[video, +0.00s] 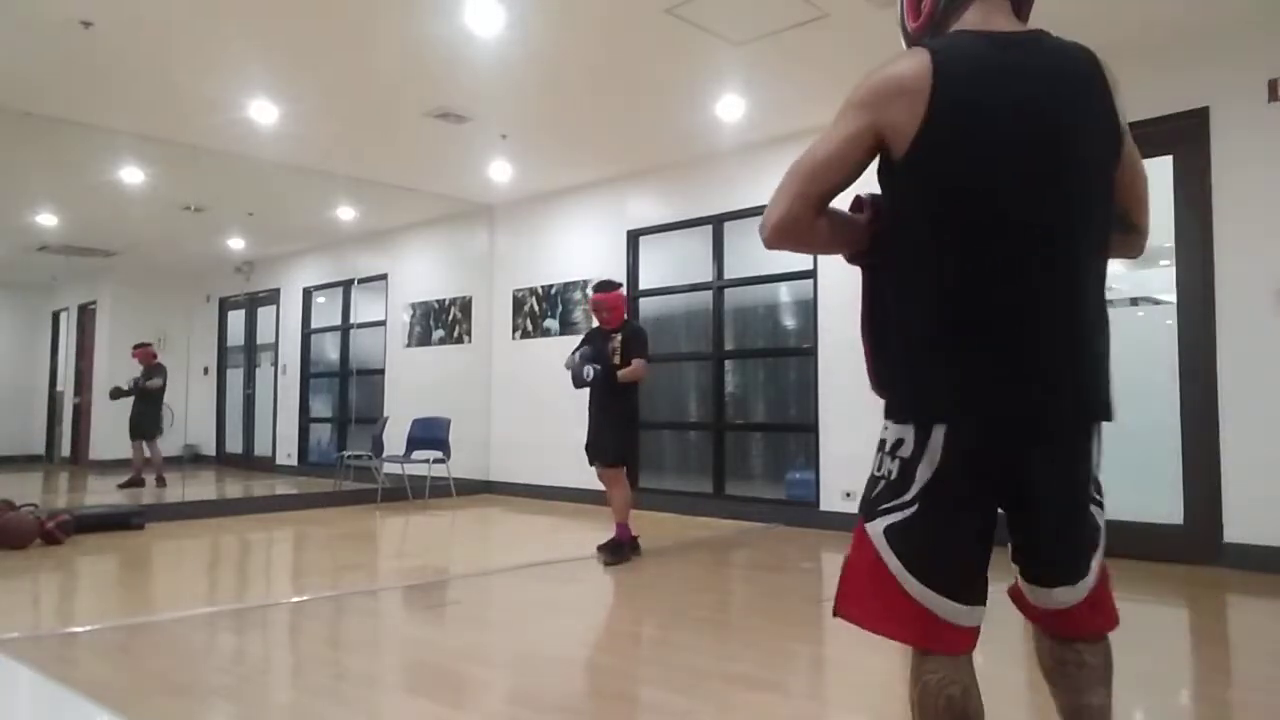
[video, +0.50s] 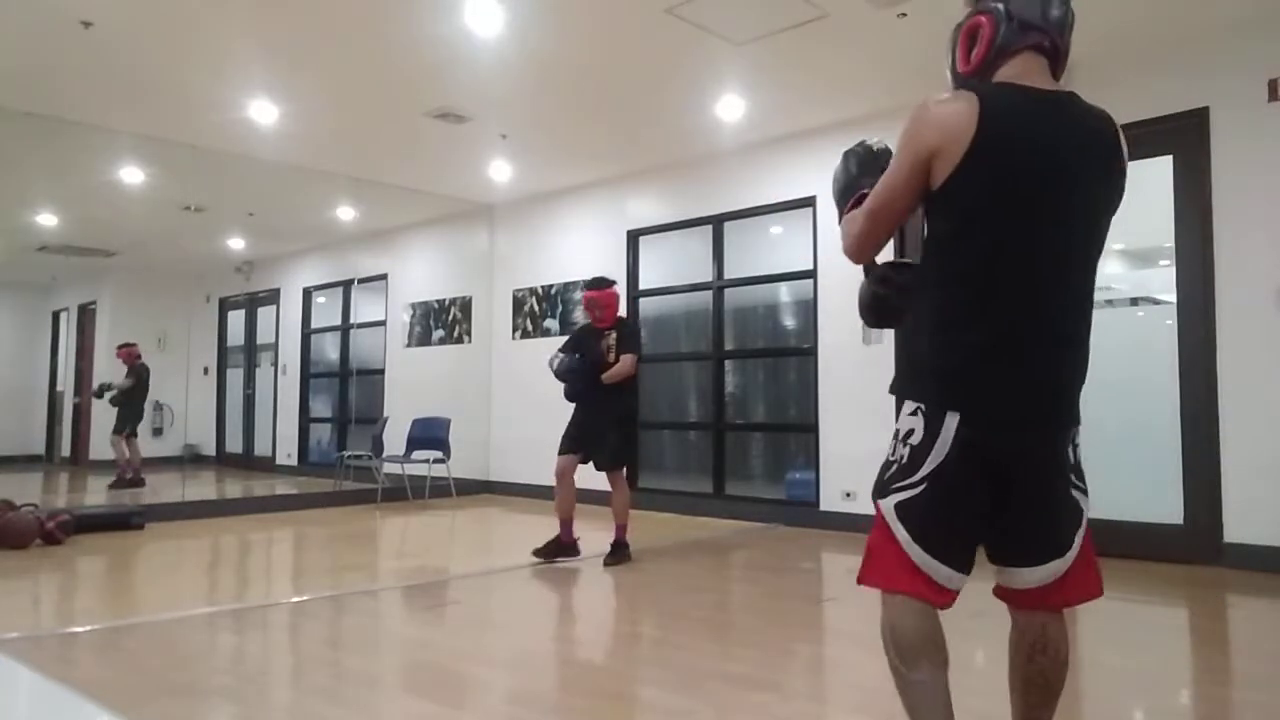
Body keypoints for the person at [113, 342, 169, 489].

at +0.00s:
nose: (139, 361)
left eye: (140, 357)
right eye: (137, 358)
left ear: (148, 355)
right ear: (142, 357)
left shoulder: (159, 369)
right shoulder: (145, 372)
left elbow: (157, 384)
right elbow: (137, 389)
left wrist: (139, 384)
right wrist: (121, 392)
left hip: (151, 413)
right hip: (137, 413)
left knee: (151, 444)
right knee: (136, 444)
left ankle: (159, 476)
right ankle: (137, 476)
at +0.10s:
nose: (135, 361)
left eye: (137, 358)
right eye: (134, 358)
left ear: (145, 356)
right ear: (140, 358)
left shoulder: (155, 369)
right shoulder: (142, 372)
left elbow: (154, 383)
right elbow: (134, 388)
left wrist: (136, 384)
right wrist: (122, 395)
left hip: (146, 413)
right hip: (134, 413)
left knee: (145, 443)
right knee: (134, 444)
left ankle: (159, 475)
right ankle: (136, 476)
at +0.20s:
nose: (132, 362)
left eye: (133, 359)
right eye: (131, 359)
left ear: (141, 357)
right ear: (140, 358)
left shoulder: (151, 371)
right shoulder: (140, 372)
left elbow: (147, 384)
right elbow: (129, 383)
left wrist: (129, 384)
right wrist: (126, 384)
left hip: (139, 411)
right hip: (131, 410)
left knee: (135, 444)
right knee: (133, 444)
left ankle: (157, 472)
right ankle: (136, 476)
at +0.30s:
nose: (128, 362)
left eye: (129, 358)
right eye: (127, 359)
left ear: (137, 356)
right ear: (136, 357)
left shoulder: (147, 369)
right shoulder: (137, 370)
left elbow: (142, 383)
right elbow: (133, 384)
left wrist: (126, 383)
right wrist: (121, 383)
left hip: (136, 410)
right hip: (129, 409)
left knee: (126, 441)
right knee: (131, 442)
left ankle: (148, 468)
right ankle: (137, 476)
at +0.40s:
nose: (125, 361)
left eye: (126, 357)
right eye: (124, 357)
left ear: (135, 355)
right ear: (134, 356)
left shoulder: (144, 369)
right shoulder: (135, 370)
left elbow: (136, 384)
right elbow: (130, 385)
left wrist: (117, 383)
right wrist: (113, 384)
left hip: (133, 411)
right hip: (129, 409)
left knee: (120, 440)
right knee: (131, 442)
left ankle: (138, 474)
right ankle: (138, 476)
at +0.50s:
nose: (122, 361)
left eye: (123, 357)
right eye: (121, 358)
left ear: (131, 355)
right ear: (133, 355)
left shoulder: (136, 369)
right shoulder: (141, 368)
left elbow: (127, 384)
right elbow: (130, 388)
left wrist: (108, 386)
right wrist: (117, 398)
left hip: (129, 410)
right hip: (134, 410)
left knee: (116, 439)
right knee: (131, 441)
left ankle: (123, 475)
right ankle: (136, 476)